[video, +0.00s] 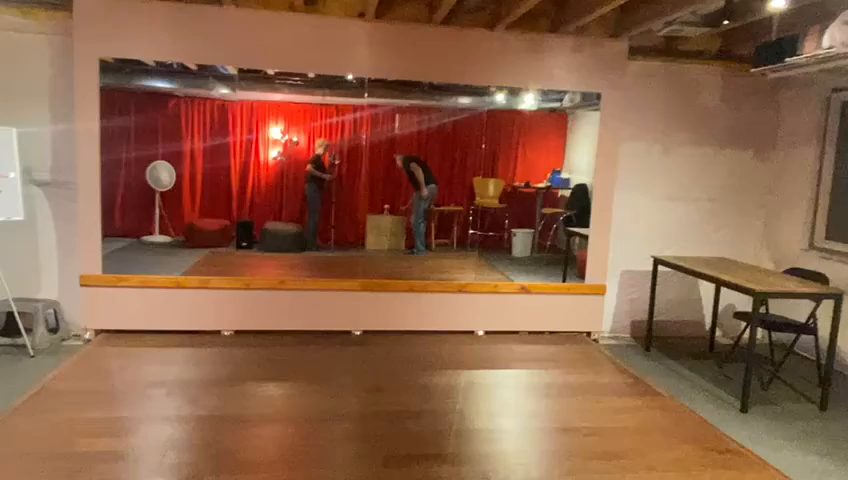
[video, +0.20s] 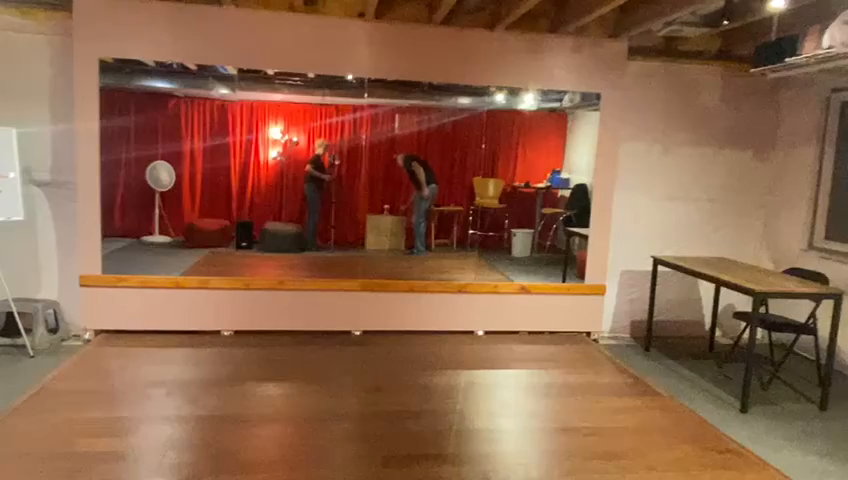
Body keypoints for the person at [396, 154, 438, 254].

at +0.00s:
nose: (398, 164)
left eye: (398, 161)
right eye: (396, 162)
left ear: (401, 159)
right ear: (401, 159)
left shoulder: (408, 161)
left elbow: (417, 170)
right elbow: (417, 191)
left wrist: (423, 188)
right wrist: (407, 206)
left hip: (426, 188)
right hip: (430, 187)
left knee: (417, 218)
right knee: (420, 218)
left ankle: (419, 247)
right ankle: (420, 246)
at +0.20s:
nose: (398, 163)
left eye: (398, 160)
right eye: (397, 161)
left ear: (402, 157)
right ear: (403, 158)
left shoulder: (409, 160)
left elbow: (419, 169)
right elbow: (417, 190)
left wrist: (424, 187)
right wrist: (407, 205)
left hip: (427, 187)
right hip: (429, 187)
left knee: (419, 218)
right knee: (420, 218)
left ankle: (419, 248)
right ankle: (420, 247)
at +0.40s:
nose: (399, 163)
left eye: (399, 160)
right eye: (397, 161)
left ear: (403, 158)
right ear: (402, 159)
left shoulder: (410, 160)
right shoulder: (411, 166)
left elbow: (421, 170)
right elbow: (417, 189)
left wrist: (425, 187)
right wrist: (406, 205)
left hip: (428, 187)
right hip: (428, 187)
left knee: (420, 218)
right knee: (421, 217)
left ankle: (419, 247)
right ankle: (420, 246)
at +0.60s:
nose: (399, 163)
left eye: (399, 160)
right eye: (398, 161)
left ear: (403, 158)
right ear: (402, 159)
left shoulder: (411, 160)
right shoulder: (411, 166)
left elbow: (422, 170)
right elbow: (418, 189)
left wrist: (426, 187)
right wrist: (406, 206)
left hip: (430, 187)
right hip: (427, 187)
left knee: (421, 217)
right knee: (421, 217)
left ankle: (420, 246)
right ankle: (420, 246)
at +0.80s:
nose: (399, 163)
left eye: (399, 160)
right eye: (398, 161)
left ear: (403, 158)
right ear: (403, 159)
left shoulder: (412, 161)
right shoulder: (411, 166)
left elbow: (423, 171)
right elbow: (419, 187)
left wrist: (427, 187)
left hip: (431, 186)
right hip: (426, 187)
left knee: (421, 217)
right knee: (421, 217)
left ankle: (420, 246)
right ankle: (420, 246)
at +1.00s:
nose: (399, 160)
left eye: (399, 157)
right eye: (397, 158)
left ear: (404, 156)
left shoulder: (413, 160)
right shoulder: (411, 166)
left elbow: (424, 170)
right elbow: (418, 190)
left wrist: (428, 188)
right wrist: (407, 205)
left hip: (431, 187)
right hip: (426, 188)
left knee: (421, 216)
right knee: (421, 216)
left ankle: (420, 246)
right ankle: (420, 246)